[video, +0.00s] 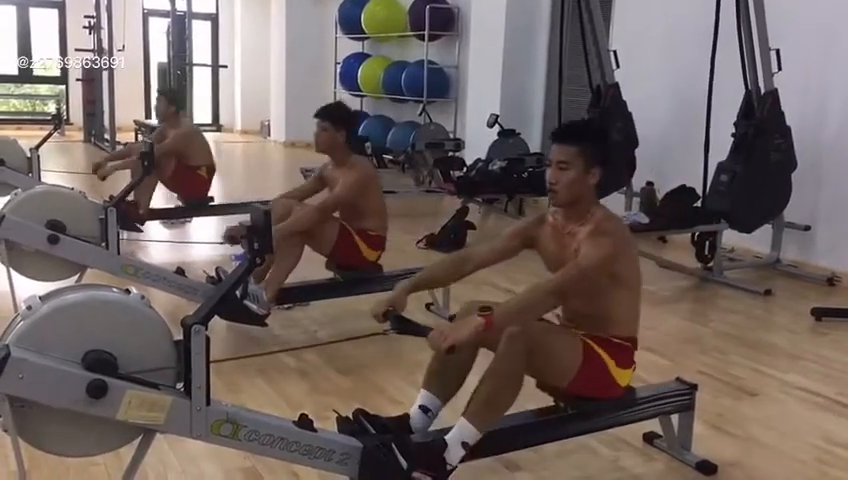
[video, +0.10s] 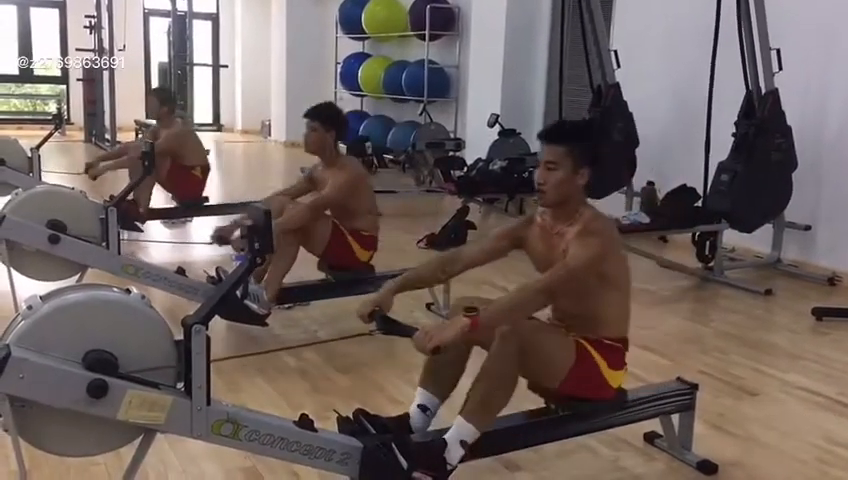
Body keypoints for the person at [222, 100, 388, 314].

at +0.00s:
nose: (315, 134)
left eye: (323, 130)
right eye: (317, 129)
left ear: (341, 135)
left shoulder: (359, 172)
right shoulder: (330, 168)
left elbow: (318, 211)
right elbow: (292, 196)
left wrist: (269, 237)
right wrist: (250, 225)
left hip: (366, 248)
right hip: (349, 239)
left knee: (300, 219)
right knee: (283, 208)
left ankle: (266, 296)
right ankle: (252, 280)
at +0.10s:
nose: (305, 135)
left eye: (312, 130)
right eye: (307, 129)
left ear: (331, 135)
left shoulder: (349, 173)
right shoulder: (320, 170)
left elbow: (309, 209)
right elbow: (282, 196)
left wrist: (257, 234)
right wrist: (237, 224)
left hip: (358, 248)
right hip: (341, 240)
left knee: (295, 217)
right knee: (278, 207)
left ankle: (267, 296)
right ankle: (252, 281)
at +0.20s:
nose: (288, 136)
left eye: (295, 130)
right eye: (290, 129)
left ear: (316, 136)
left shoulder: (331, 175)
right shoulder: (303, 170)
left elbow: (281, 216)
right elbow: (263, 198)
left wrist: (229, 239)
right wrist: (216, 225)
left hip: (345, 249)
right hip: (330, 241)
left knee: (286, 216)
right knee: (270, 200)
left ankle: (266, 296)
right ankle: (253, 282)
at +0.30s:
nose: (273, 135)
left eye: (280, 130)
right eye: (274, 129)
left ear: (300, 137)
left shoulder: (316, 173)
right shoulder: (287, 170)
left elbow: (268, 212)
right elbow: (245, 198)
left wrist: (215, 236)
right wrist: (196, 224)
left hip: (332, 251)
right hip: (314, 246)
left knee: (278, 210)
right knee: (255, 197)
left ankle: (267, 292)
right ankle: (255, 278)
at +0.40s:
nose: (257, 136)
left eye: (263, 131)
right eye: (258, 130)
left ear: (285, 138)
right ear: (280, 138)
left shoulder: (298, 174)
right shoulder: (271, 170)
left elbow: (251, 207)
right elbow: (230, 197)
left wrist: (197, 233)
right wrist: (179, 221)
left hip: (319, 253)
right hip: (301, 248)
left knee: (270, 211)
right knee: (245, 201)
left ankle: (267, 291)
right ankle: (254, 279)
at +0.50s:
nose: (246, 137)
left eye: (253, 132)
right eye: (248, 131)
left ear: (274, 139)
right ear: (268, 139)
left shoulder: (287, 174)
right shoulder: (259, 171)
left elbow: (238, 207)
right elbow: (218, 195)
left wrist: (182, 227)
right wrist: (162, 218)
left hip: (311, 255)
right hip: (292, 250)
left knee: (260, 207)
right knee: (236, 199)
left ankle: (268, 291)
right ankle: (256, 278)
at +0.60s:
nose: (240, 137)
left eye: (247, 133)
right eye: (242, 131)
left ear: (268, 141)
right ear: (262, 140)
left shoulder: (278, 174)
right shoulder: (250, 171)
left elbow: (226, 205)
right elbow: (200, 194)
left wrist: (164, 224)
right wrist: (149, 214)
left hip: (310, 252)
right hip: (290, 248)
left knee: (267, 208)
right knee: (237, 200)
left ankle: (266, 279)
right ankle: (255, 271)